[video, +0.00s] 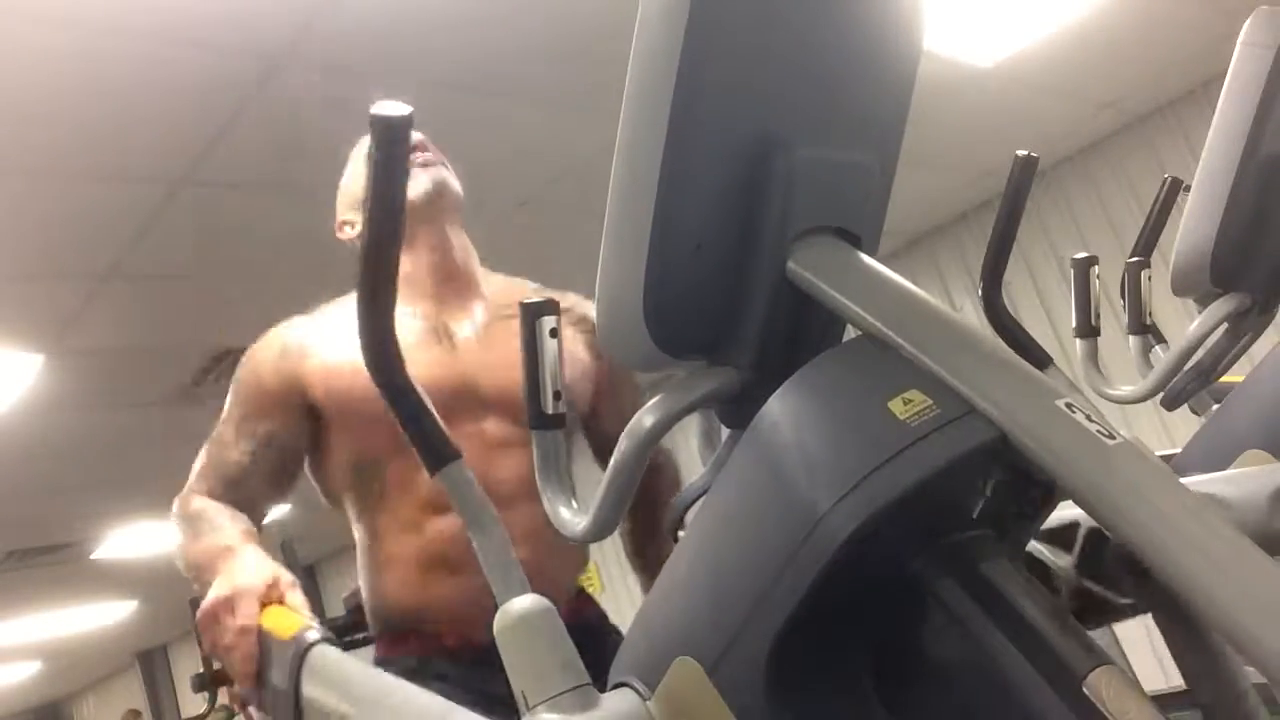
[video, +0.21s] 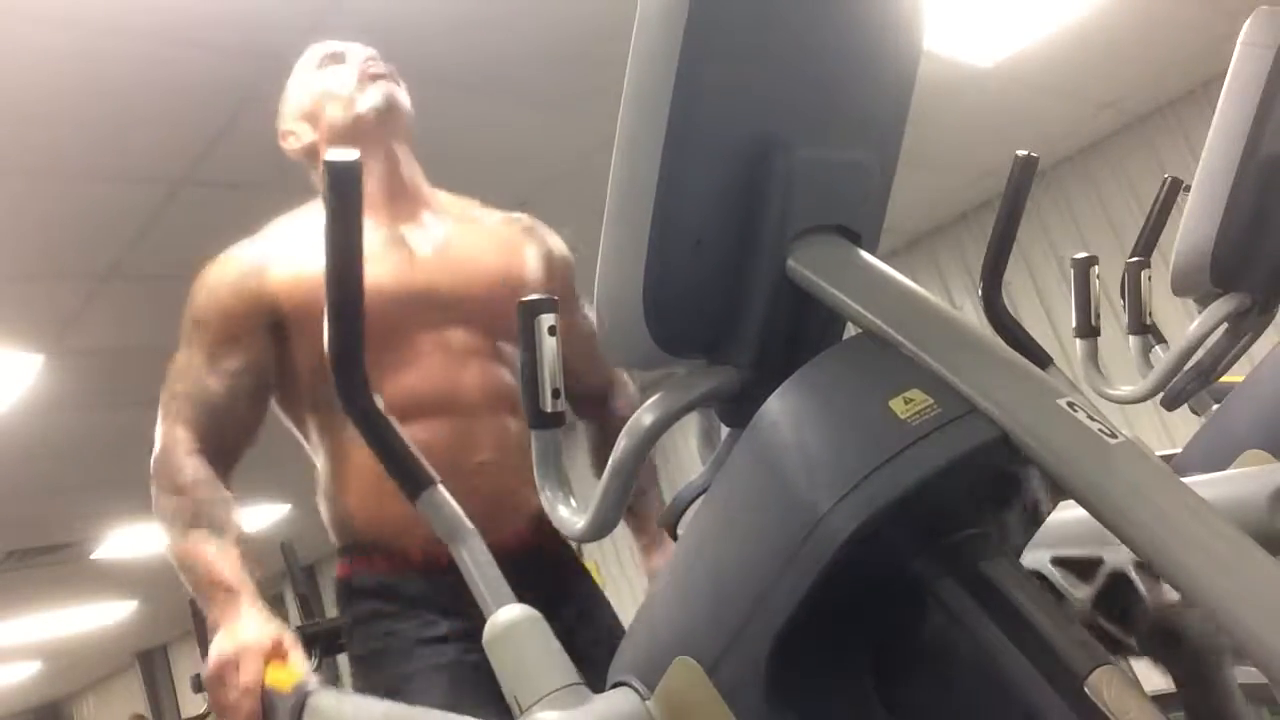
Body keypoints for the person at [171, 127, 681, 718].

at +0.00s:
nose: (413, 138)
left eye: (422, 138)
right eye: (377, 147)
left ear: (458, 191)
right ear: (348, 223)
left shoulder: (568, 321)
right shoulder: (298, 352)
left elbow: (649, 481)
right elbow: (209, 502)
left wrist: (680, 628)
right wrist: (235, 563)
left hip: (574, 648)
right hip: (424, 672)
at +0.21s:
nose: (367, 60)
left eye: (378, 58)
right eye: (331, 62)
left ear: (408, 103)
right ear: (293, 133)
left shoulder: (527, 244)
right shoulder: (256, 272)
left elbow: (606, 399)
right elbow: (184, 460)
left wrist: (658, 547)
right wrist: (233, 610)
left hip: (549, 579)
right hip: (403, 602)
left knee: (651, 711)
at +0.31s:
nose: (363, 69)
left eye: (370, 64)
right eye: (323, 68)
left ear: (394, 106)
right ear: (280, 139)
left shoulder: (501, 252)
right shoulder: (241, 284)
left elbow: (582, 388)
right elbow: (186, 483)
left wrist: (644, 513)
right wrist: (239, 658)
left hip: (540, 574)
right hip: (392, 604)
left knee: (684, 703)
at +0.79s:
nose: (382, 107)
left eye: (392, 104)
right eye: (347, 105)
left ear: (422, 145)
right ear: (313, 175)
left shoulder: (523, 285)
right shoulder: (262, 307)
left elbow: (612, 438)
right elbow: (175, 474)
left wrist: (666, 584)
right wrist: (231, 602)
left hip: (546, 601)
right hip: (401, 625)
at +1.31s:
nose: (333, 137)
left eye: (341, 133)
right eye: (299, 136)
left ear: (369, 172)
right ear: (253, 204)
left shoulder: (474, 291)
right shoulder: (227, 338)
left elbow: (556, 403)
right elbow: (175, 529)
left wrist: (629, 495)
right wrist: (244, 696)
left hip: (539, 612)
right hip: (388, 652)